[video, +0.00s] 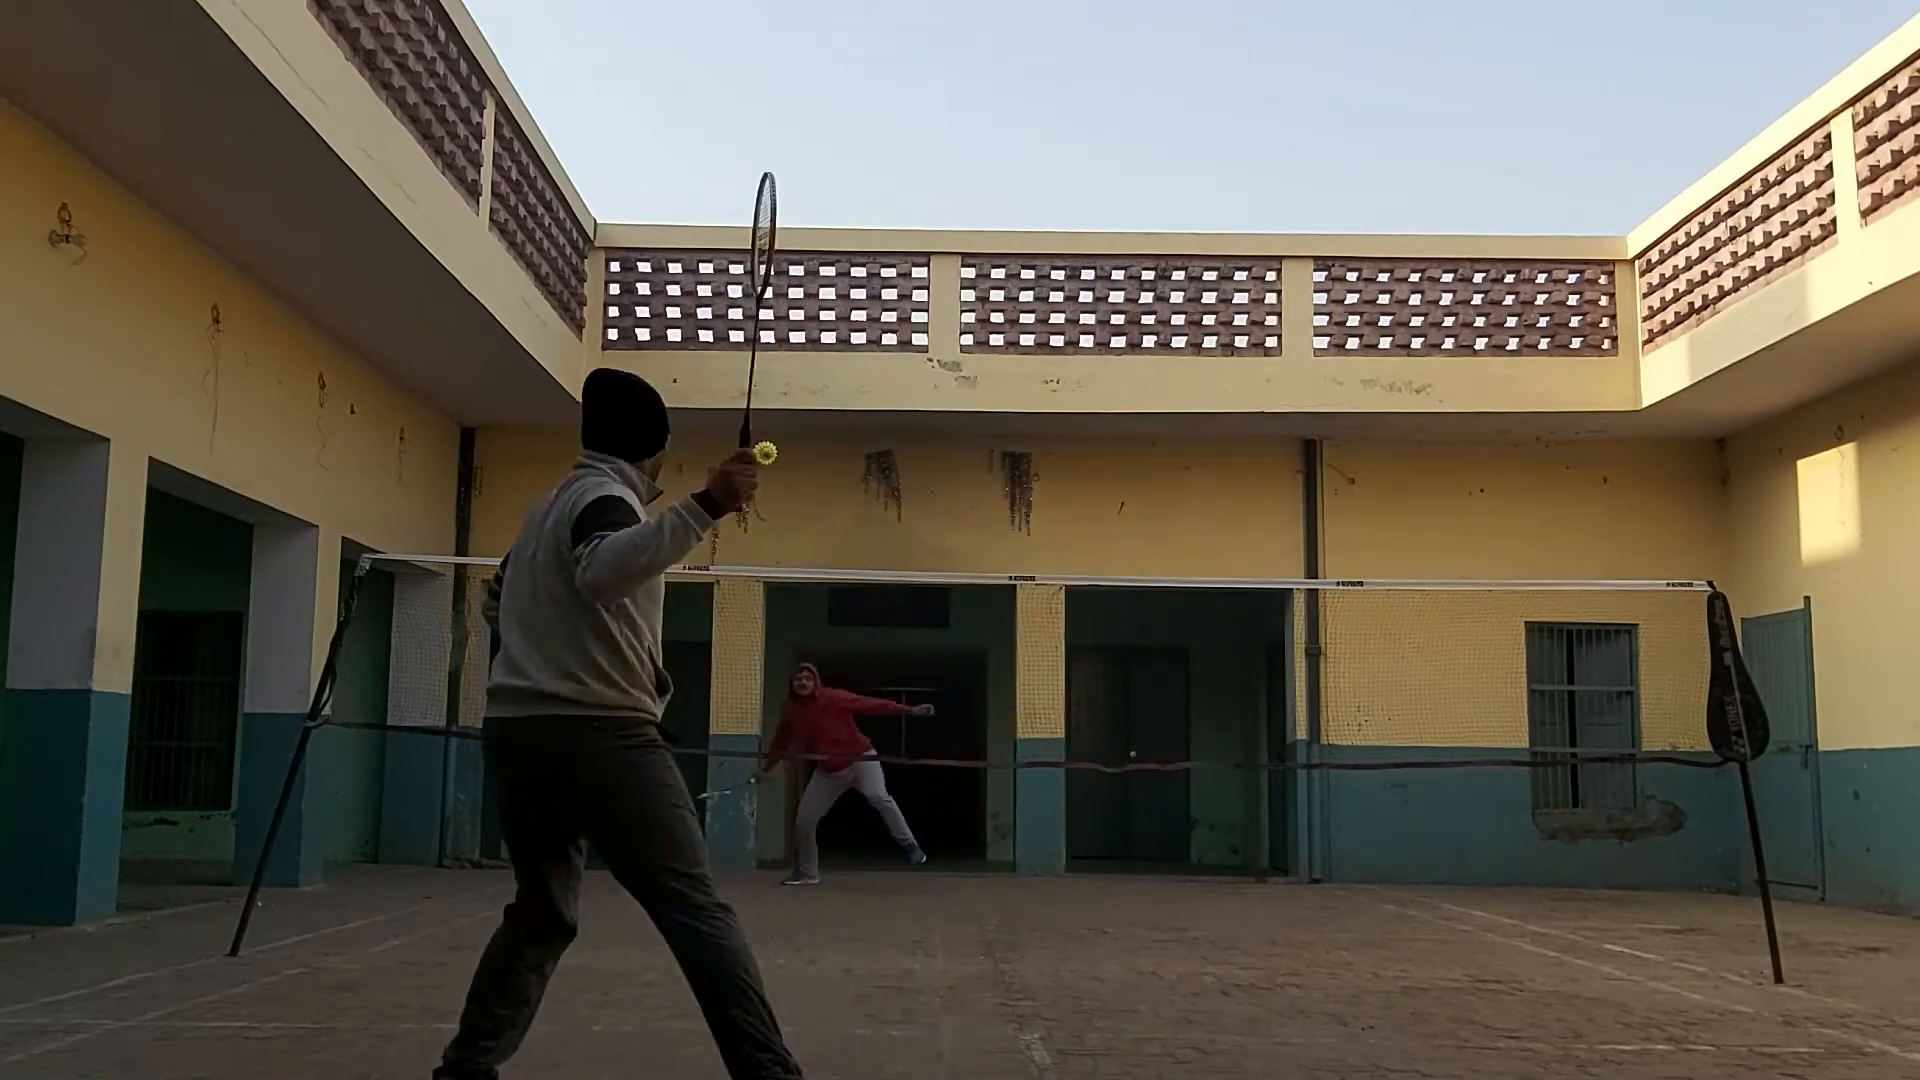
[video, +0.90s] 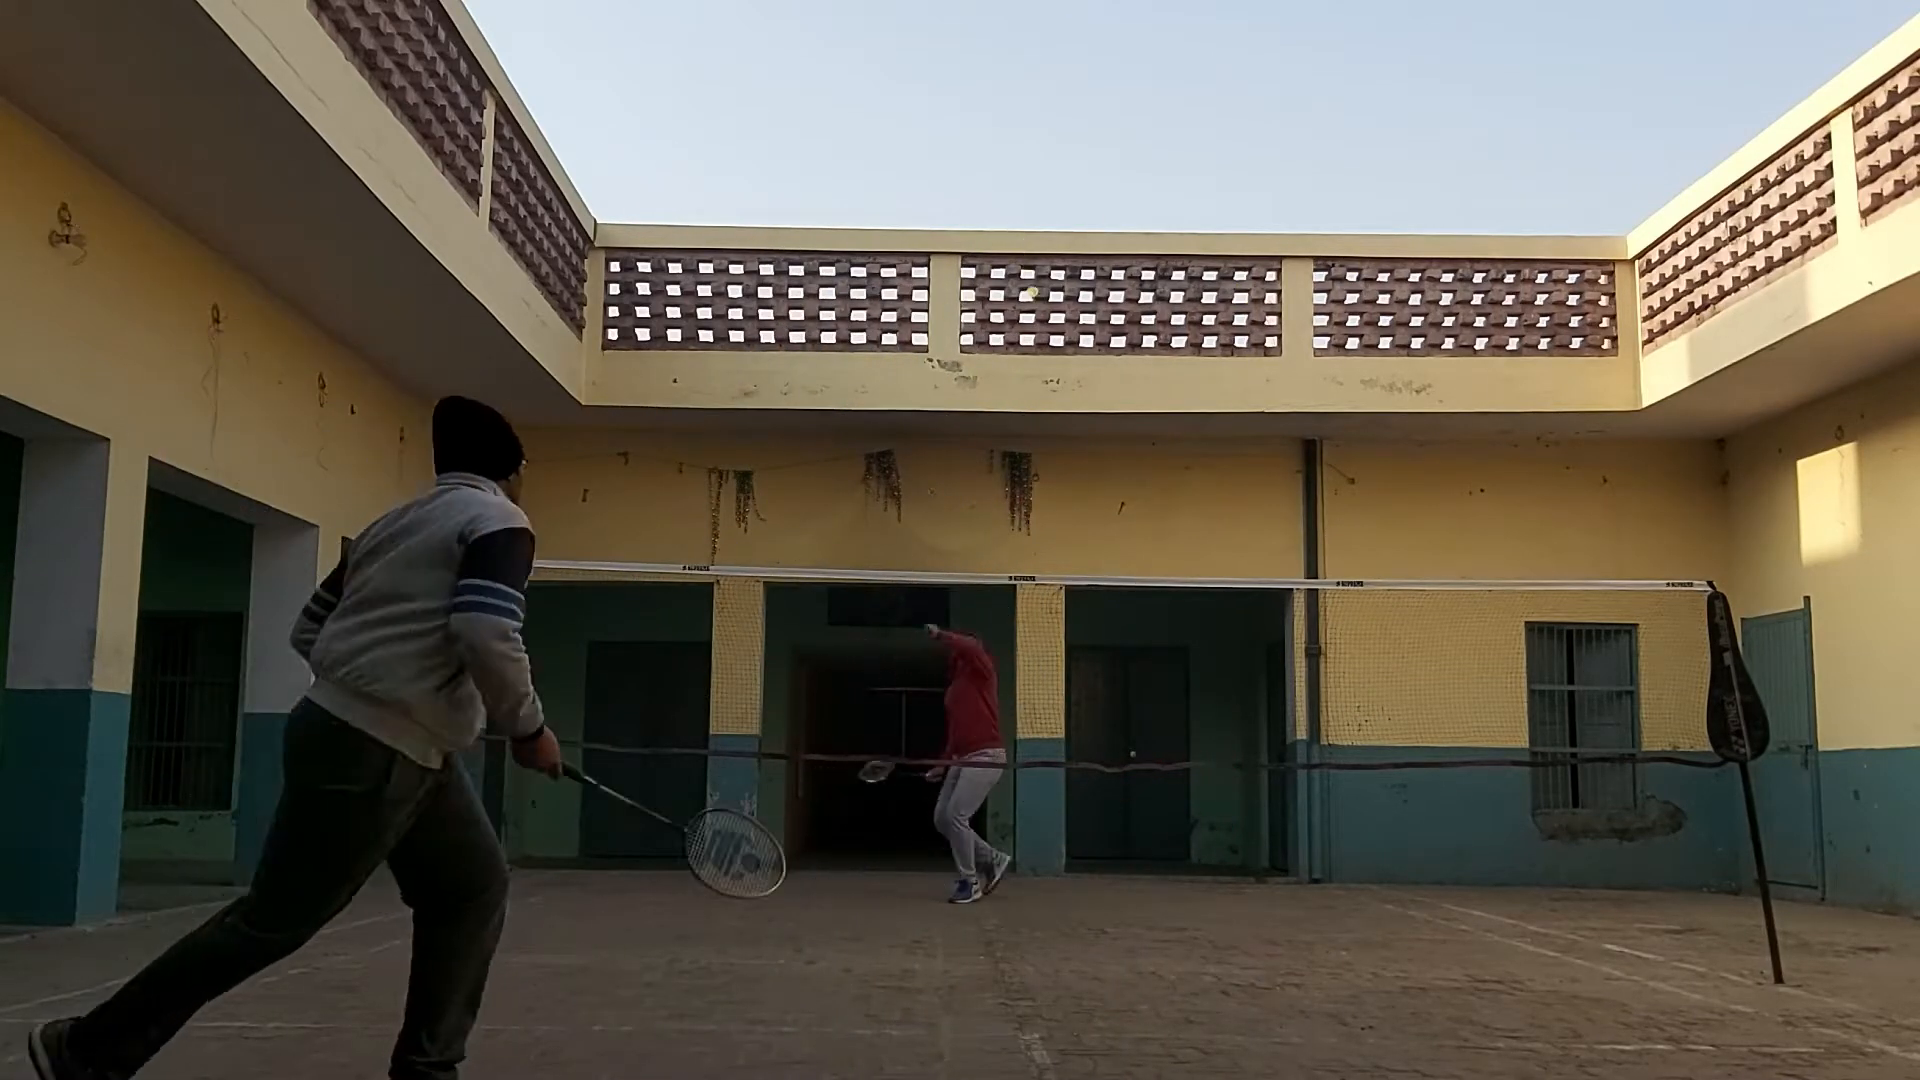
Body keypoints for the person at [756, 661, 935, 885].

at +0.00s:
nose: (802, 682)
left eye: (807, 678)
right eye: (798, 679)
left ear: (815, 682)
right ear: (793, 683)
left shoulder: (833, 698)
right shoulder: (791, 710)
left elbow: (872, 705)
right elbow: (780, 742)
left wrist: (911, 710)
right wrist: (766, 768)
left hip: (861, 761)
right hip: (829, 770)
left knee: (877, 796)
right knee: (805, 820)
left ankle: (910, 845)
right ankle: (807, 873)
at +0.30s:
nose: (839, 656)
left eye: (844, 652)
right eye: (835, 652)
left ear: (852, 656)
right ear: (828, 656)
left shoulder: (869, 679)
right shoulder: (822, 686)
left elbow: (894, 709)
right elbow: (815, 721)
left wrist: (881, 738)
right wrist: (810, 747)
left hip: (879, 755)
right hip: (845, 755)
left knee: (885, 812)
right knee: (825, 810)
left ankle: (897, 869)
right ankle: (820, 862)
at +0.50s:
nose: (860, 655)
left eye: (865, 652)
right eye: (856, 652)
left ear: (872, 658)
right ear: (849, 659)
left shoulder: (883, 683)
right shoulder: (844, 688)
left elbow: (899, 713)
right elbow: (840, 721)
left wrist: (874, 722)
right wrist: (840, 747)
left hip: (894, 762)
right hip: (861, 763)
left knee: (904, 815)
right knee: (838, 816)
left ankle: (934, 867)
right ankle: (831, 877)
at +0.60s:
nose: (883, 661)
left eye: (888, 657)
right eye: (879, 658)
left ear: (895, 665)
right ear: (872, 666)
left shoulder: (903, 689)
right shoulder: (866, 697)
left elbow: (912, 714)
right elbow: (864, 736)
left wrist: (880, 709)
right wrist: (856, 763)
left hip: (909, 772)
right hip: (872, 774)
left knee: (923, 818)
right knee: (839, 820)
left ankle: (956, 874)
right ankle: (831, 878)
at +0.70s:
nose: (911, 660)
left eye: (915, 656)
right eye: (906, 656)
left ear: (923, 663)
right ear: (899, 664)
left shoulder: (932, 688)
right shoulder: (897, 694)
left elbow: (926, 699)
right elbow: (897, 735)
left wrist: (893, 688)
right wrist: (883, 764)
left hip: (937, 767)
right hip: (906, 769)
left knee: (934, 823)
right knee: (872, 820)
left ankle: (966, 883)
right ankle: (838, 874)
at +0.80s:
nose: (936, 653)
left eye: (942, 650)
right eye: (932, 651)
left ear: (951, 657)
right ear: (927, 658)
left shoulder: (958, 677)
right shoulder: (925, 691)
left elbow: (939, 673)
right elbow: (927, 735)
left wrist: (913, 663)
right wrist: (912, 765)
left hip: (964, 763)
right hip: (935, 764)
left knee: (940, 818)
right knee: (905, 817)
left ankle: (966, 882)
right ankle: (917, 874)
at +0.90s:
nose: (956, 657)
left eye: (961, 650)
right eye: (954, 653)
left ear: (973, 651)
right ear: (955, 659)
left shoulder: (982, 672)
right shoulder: (956, 687)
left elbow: (971, 645)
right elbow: (957, 733)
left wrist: (942, 635)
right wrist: (944, 765)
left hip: (986, 757)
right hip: (963, 759)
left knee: (956, 816)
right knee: (943, 818)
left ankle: (969, 880)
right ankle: (992, 859)